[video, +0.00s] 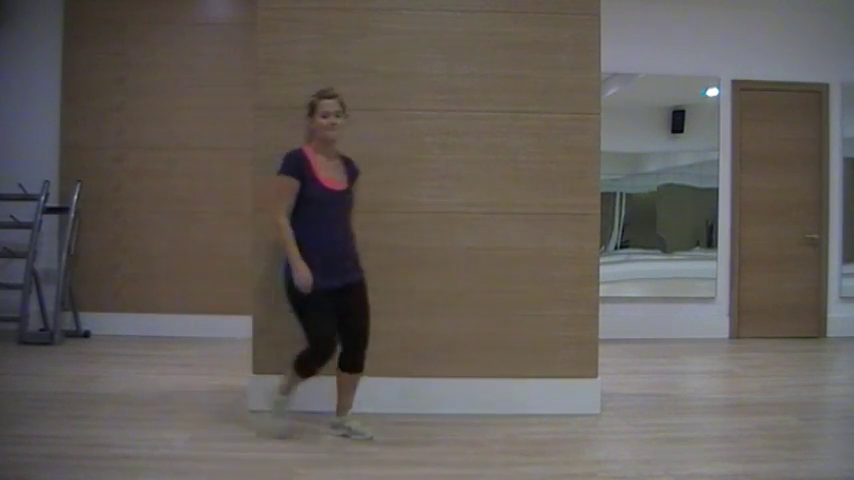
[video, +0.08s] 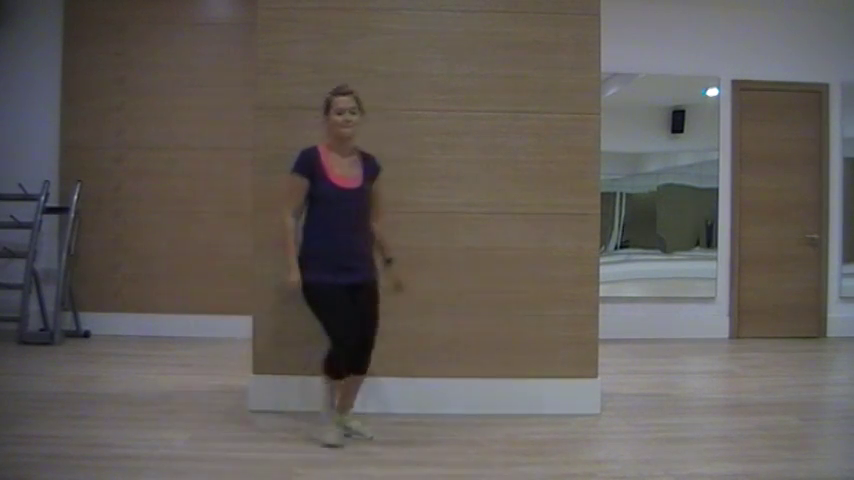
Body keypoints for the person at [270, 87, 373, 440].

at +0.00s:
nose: (332, 121)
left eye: (337, 115)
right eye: (325, 115)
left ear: (343, 121)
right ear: (310, 121)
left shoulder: (348, 168)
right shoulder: (297, 161)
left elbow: (345, 220)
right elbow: (279, 215)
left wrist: (351, 261)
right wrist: (298, 264)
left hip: (346, 268)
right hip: (309, 269)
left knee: (356, 341)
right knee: (323, 345)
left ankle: (343, 415)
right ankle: (284, 389)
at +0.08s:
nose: (346, 118)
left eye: (352, 112)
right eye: (339, 112)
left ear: (360, 119)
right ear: (326, 119)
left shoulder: (369, 164)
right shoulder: (311, 159)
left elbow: (373, 221)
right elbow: (290, 214)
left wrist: (389, 261)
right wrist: (292, 266)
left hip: (361, 268)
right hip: (321, 268)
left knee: (364, 341)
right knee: (344, 338)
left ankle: (344, 414)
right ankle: (330, 414)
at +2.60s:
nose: (428, 266)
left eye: (435, 258)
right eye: (420, 258)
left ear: (445, 258)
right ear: (406, 255)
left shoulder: (460, 280)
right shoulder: (385, 273)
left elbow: (468, 307)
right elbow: (361, 296)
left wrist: (468, 327)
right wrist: (355, 323)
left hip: (442, 320)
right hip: (388, 318)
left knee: (484, 366)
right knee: (358, 369)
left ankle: (507, 435)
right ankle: (347, 434)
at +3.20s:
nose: (495, 255)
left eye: (502, 247)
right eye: (487, 247)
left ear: (509, 244)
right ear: (470, 242)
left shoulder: (512, 257)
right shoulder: (442, 251)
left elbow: (489, 270)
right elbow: (398, 260)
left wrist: (485, 288)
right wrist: (370, 287)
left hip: (453, 302)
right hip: (403, 295)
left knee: (491, 361)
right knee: (380, 364)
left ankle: (509, 435)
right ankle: (350, 434)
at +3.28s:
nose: (500, 246)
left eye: (507, 237)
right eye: (492, 238)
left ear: (513, 235)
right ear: (474, 233)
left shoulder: (514, 251)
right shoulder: (446, 244)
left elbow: (491, 264)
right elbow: (402, 254)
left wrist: (485, 284)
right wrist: (372, 283)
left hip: (454, 298)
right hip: (405, 293)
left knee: (491, 361)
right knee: (381, 364)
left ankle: (509, 436)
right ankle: (350, 434)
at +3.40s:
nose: (508, 231)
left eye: (515, 223)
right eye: (500, 223)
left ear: (522, 222)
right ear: (483, 220)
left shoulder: (519, 240)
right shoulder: (453, 234)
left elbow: (493, 257)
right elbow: (406, 249)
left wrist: (484, 279)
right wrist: (376, 279)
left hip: (456, 293)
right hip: (407, 289)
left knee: (491, 359)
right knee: (382, 363)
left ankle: (508, 436)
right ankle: (349, 434)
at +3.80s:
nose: (524, 177)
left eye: (530, 171)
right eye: (516, 169)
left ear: (537, 175)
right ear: (500, 172)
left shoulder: (526, 211)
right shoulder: (471, 201)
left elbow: (487, 245)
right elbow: (420, 229)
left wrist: (469, 277)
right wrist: (388, 270)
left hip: (465, 285)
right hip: (418, 282)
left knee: (499, 354)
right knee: (388, 360)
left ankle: (509, 436)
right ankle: (350, 434)